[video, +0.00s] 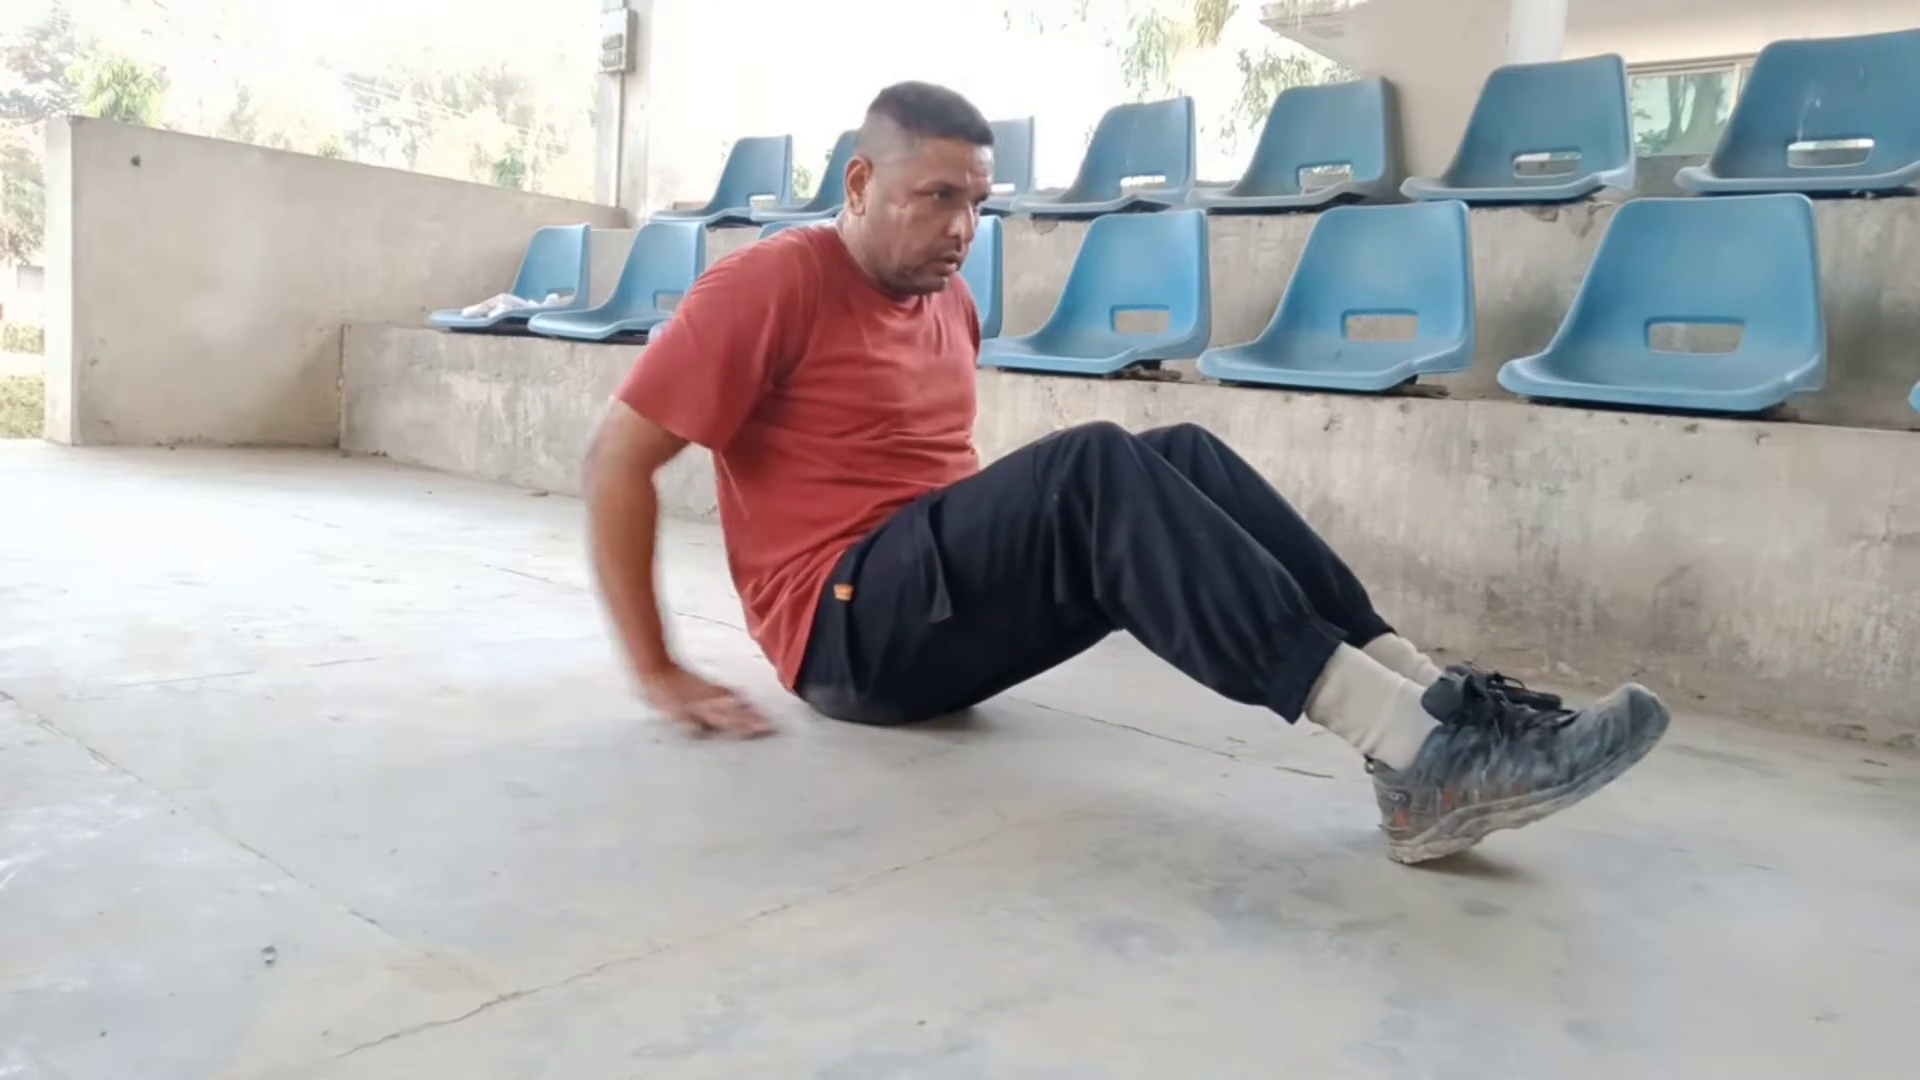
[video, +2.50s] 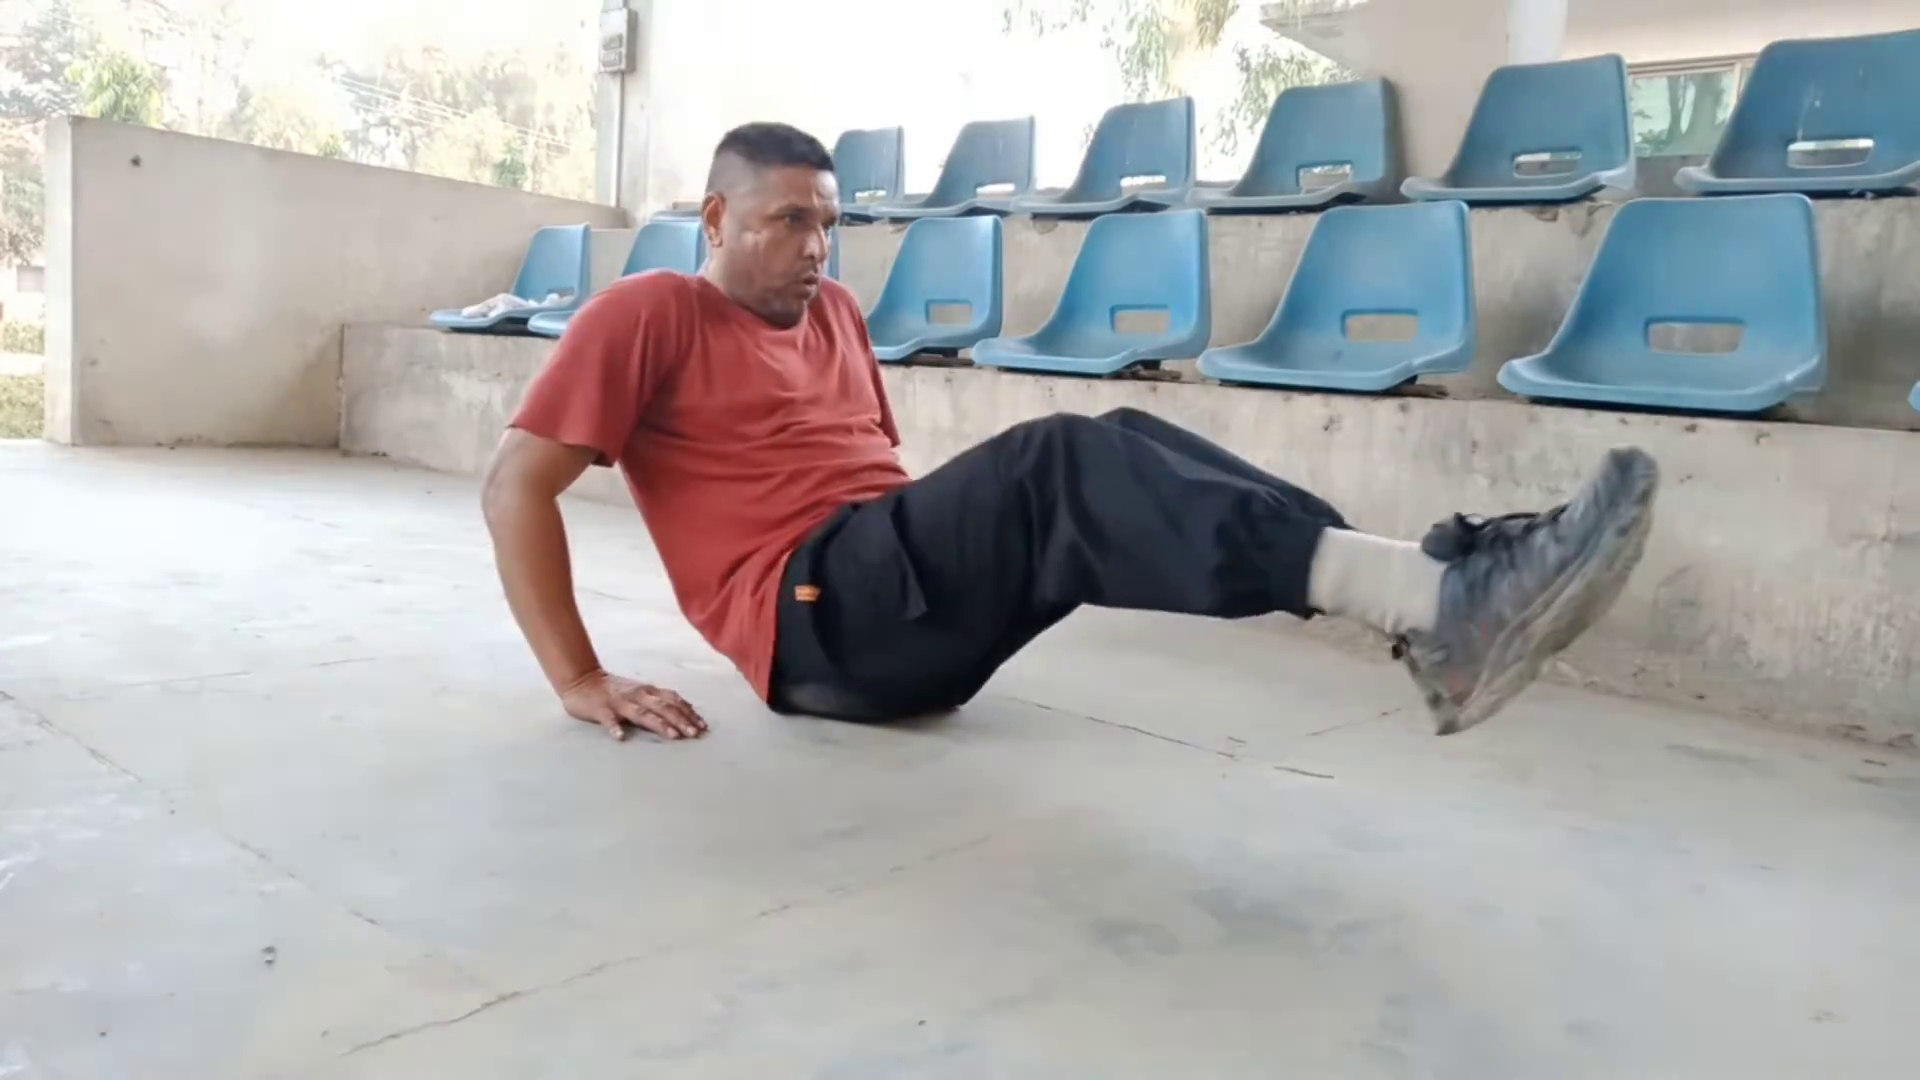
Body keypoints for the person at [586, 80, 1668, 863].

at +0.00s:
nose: (959, 226)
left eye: (973, 203)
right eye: (938, 198)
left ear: (973, 203)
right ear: (858, 187)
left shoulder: (946, 302)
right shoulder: (764, 286)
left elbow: (923, 463)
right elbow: (618, 461)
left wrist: (951, 607)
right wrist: (656, 674)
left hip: (936, 601)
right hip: (845, 618)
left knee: (1180, 456)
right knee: (1100, 472)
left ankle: (1452, 712)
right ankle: (1411, 764)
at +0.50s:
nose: (899, 231)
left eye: (917, 208)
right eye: (875, 204)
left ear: (924, 204)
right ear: (805, 189)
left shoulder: (911, 301)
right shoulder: (719, 300)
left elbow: (899, 460)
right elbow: (568, 468)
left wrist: (944, 618)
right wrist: (584, 679)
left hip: (931, 586)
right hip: (836, 609)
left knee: (1178, 453)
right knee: (1103, 469)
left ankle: (1433, 733)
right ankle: (1409, 740)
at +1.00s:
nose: (886, 251)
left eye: (898, 226)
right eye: (861, 223)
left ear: (905, 215)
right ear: (785, 203)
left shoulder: (900, 299)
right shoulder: (707, 287)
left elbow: (909, 450)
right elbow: (570, 466)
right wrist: (583, 682)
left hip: (910, 634)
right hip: (811, 631)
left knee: (1054, 351)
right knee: (949, 351)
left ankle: (1219, 608)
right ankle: (1178, 637)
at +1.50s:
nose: (789, 251)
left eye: (801, 227)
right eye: (760, 228)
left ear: (812, 231)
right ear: (689, 233)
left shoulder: (815, 316)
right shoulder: (633, 329)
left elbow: (848, 462)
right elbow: (495, 498)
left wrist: (911, 545)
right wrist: (576, 681)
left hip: (917, 563)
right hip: (832, 610)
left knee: (1170, 524)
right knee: (1124, 538)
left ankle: (1541, 609)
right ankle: (1515, 644)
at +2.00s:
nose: (813, 263)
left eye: (825, 240)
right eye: (788, 237)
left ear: (831, 229)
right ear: (716, 219)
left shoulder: (840, 315)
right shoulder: (643, 317)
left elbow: (879, 451)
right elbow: (508, 487)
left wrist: (962, 543)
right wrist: (576, 679)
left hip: (913, 559)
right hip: (780, 593)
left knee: (1158, 518)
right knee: (859, 520)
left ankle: (1487, 564)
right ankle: (982, 660)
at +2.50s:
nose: (814, 249)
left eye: (823, 225)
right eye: (787, 223)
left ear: (825, 225)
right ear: (711, 220)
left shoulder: (829, 314)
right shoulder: (645, 315)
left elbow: (860, 461)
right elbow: (513, 491)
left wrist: (912, 569)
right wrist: (577, 684)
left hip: (899, 595)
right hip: (811, 617)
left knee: (1122, 443)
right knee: (1067, 454)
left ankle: (1446, 598)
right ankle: (1430, 610)